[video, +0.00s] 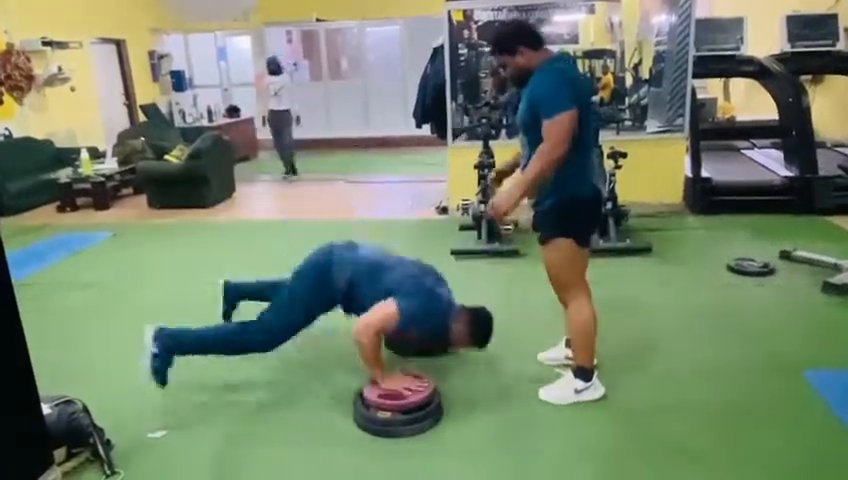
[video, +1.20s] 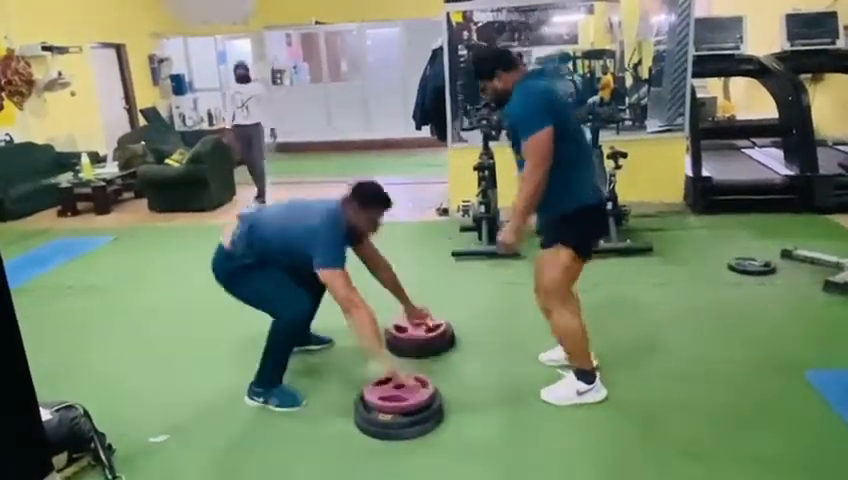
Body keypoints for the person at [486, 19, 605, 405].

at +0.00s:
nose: (504, 72)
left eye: (504, 63)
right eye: (501, 65)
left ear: (521, 52)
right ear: (526, 50)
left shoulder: (553, 79)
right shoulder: (549, 75)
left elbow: (556, 146)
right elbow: (544, 140)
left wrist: (513, 193)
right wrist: (512, 170)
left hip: (567, 199)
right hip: (563, 196)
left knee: (572, 290)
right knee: (569, 281)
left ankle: (585, 378)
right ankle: (576, 347)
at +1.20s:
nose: (487, 95)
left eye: (487, 86)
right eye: (484, 88)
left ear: (502, 75)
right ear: (506, 73)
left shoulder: (529, 98)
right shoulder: (535, 91)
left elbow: (538, 164)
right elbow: (539, 162)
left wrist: (516, 220)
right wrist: (521, 212)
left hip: (574, 207)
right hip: (571, 204)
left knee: (552, 291)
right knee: (553, 284)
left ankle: (586, 378)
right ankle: (575, 347)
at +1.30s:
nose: (483, 127)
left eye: (483, 118)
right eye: (480, 119)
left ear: (495, 108)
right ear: (505, 104)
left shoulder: (517, 130)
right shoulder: (534, 120)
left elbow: (525, 192)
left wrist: (493, 240)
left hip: (578, 229)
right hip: (567, 223)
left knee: (535, 307)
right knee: (526, 281)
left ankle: (583, 377)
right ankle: (572, 346)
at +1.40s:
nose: (478, 170)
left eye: (478, 162)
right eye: (475, 163)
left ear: (491, 152)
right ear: (498, 146)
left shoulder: (518, 175)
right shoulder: (517, 163)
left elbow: (509, 248)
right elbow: (506, 221)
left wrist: (468, 286)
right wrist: (478, 249)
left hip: (576, 267)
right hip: (558, 257)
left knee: (514, 323)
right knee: (509, 290)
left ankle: (578, 375)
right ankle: (566, 340)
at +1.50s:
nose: (469, 214)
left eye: (471, 207)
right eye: (467, 208)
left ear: (486, 200)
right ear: (490, 195)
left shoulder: (512, 220)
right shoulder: (508, 207)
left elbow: (494, 289)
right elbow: (491, 261)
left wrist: (448, 325)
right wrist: (456, 284)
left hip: (575, 306)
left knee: (500, 336)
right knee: (498, 299)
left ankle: (575, 372)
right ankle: (564, 338)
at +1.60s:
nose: (452, 252)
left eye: (451, 245)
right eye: (448, 246)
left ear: (464, 234)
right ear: (467, 226)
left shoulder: (490, 247)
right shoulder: (488, 230)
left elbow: (469, 318)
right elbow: (470, 285)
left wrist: (427, 355)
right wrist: (439, 310)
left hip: (574, 312)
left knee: (498, 339)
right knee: (491, 298)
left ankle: (574, 371)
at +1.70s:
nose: (429, 286)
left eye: (425, 282)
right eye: (425, 283)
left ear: (427, 271)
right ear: (431, 255)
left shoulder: (452, 270)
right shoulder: (451, 253)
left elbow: (452, 338)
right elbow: (450, 298)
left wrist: (414, 370)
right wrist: (430, 320)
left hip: (572, 276)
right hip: (570, 259)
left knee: (512, 338)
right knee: (519, 313)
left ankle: (581, 373)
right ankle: (569, 340)